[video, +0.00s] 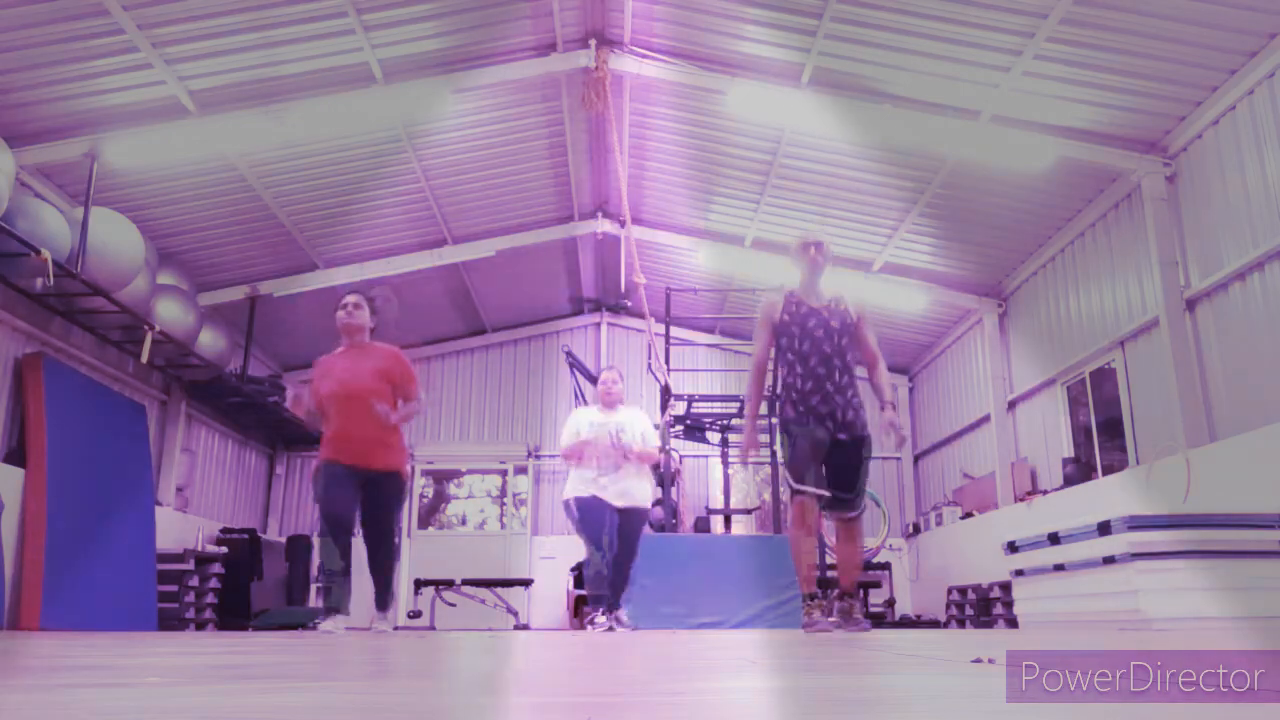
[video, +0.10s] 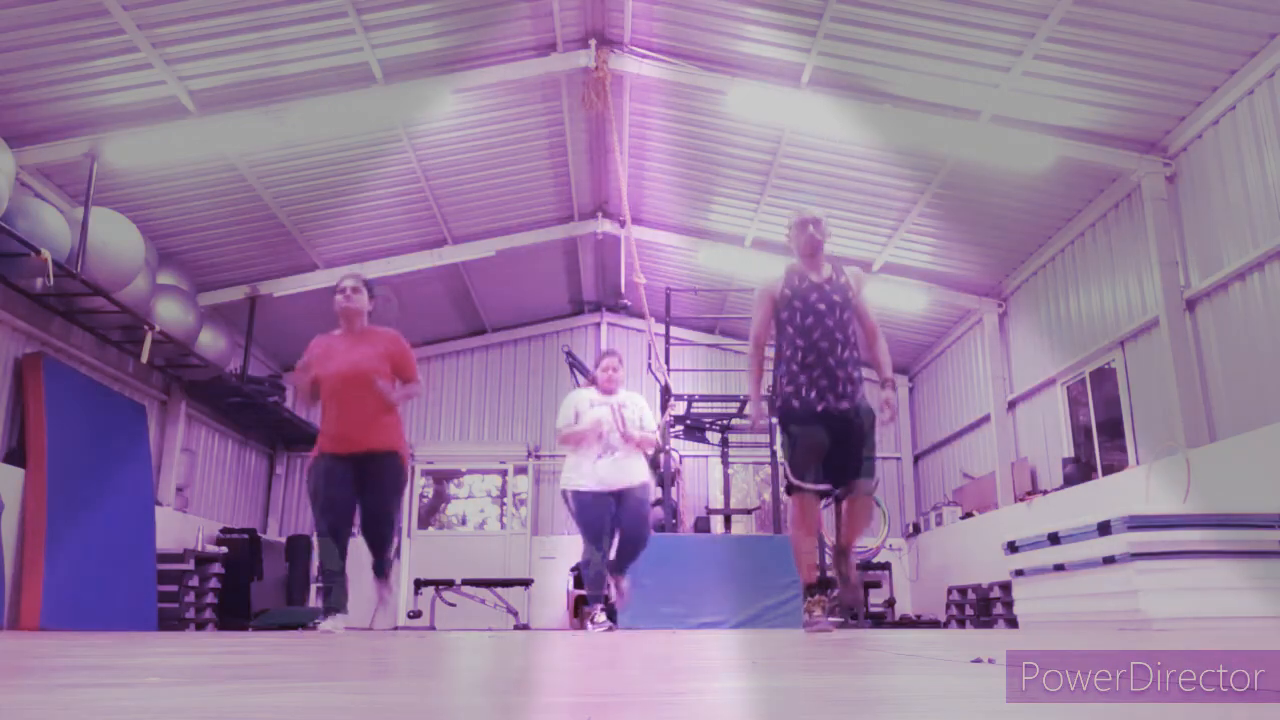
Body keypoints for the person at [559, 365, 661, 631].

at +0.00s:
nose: (609, 387)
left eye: (614, 382)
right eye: (604, 383)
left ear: (623, 387)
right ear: (596, 388)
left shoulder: (637, 417)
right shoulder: (581, 416)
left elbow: (655, 455)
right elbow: (566, 454)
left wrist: (635, 452)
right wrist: (585, 444)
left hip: (632, 496)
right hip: (589, 491)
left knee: (625, 554)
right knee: (600, 546)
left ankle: (614, 607)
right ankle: (597, 610)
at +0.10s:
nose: (611, 374)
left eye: (616, 369)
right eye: (605, 369)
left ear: (623, 373)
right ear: (595, 373)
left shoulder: (636, 401)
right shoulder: (577, 398)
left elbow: (654, 441)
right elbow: (563, 437)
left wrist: (634, 436)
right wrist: (591, 428)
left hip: (632, 479)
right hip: (588, 480)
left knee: (638, 534)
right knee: (596, 543)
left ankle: (616, 570)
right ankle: (596, 606)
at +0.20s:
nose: (609, 371)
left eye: (614, 367)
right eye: (604, 366)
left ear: (622, 368)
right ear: (593, 368)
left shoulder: (634, 395)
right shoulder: (574, 393)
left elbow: (653, 435)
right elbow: (560, 432)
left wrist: (635, 433)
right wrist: (588, 430)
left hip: (627, 461)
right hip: (584, 468)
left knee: (641, 495)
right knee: (597, 541)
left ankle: (623, 549)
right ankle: (595, 604)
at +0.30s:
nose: (606, 381)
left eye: (611, 376)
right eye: (601, 375)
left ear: (619, 376)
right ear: (592, 375)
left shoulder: (633, 404)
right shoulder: (571, 402)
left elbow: (652, 441)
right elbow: (555, 440)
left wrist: (634, 439)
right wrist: (581, 443)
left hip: (621, 479)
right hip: (584, 484)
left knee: (636, 467)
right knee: (596, 551)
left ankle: (627, 536)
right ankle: (596, 610)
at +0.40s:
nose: (605, 378)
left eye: (610, 373)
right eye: (600, 372)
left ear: (618, 376)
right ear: (590, 374)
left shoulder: (632, 405)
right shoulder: (570, 403)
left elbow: (651, 442)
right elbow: (556, 442)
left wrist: (633, 438)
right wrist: (582, 440)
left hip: (621, 477)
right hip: (582, 483)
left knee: (632, 471)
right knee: (595, 552)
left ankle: (624, 544)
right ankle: (597, 611)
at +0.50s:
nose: (604, 361)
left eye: (611, 357)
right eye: (599, 356)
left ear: (619, 364)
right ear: (589, 362)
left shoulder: (633, 392)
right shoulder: (571, 390)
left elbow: (652, 431)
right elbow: (555, 430)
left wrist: (628, 430)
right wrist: (586, 429)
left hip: (625, 459)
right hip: (581, 470)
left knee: (625, 496)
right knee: (593, 542)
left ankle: (619, 570)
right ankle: (597, 608)